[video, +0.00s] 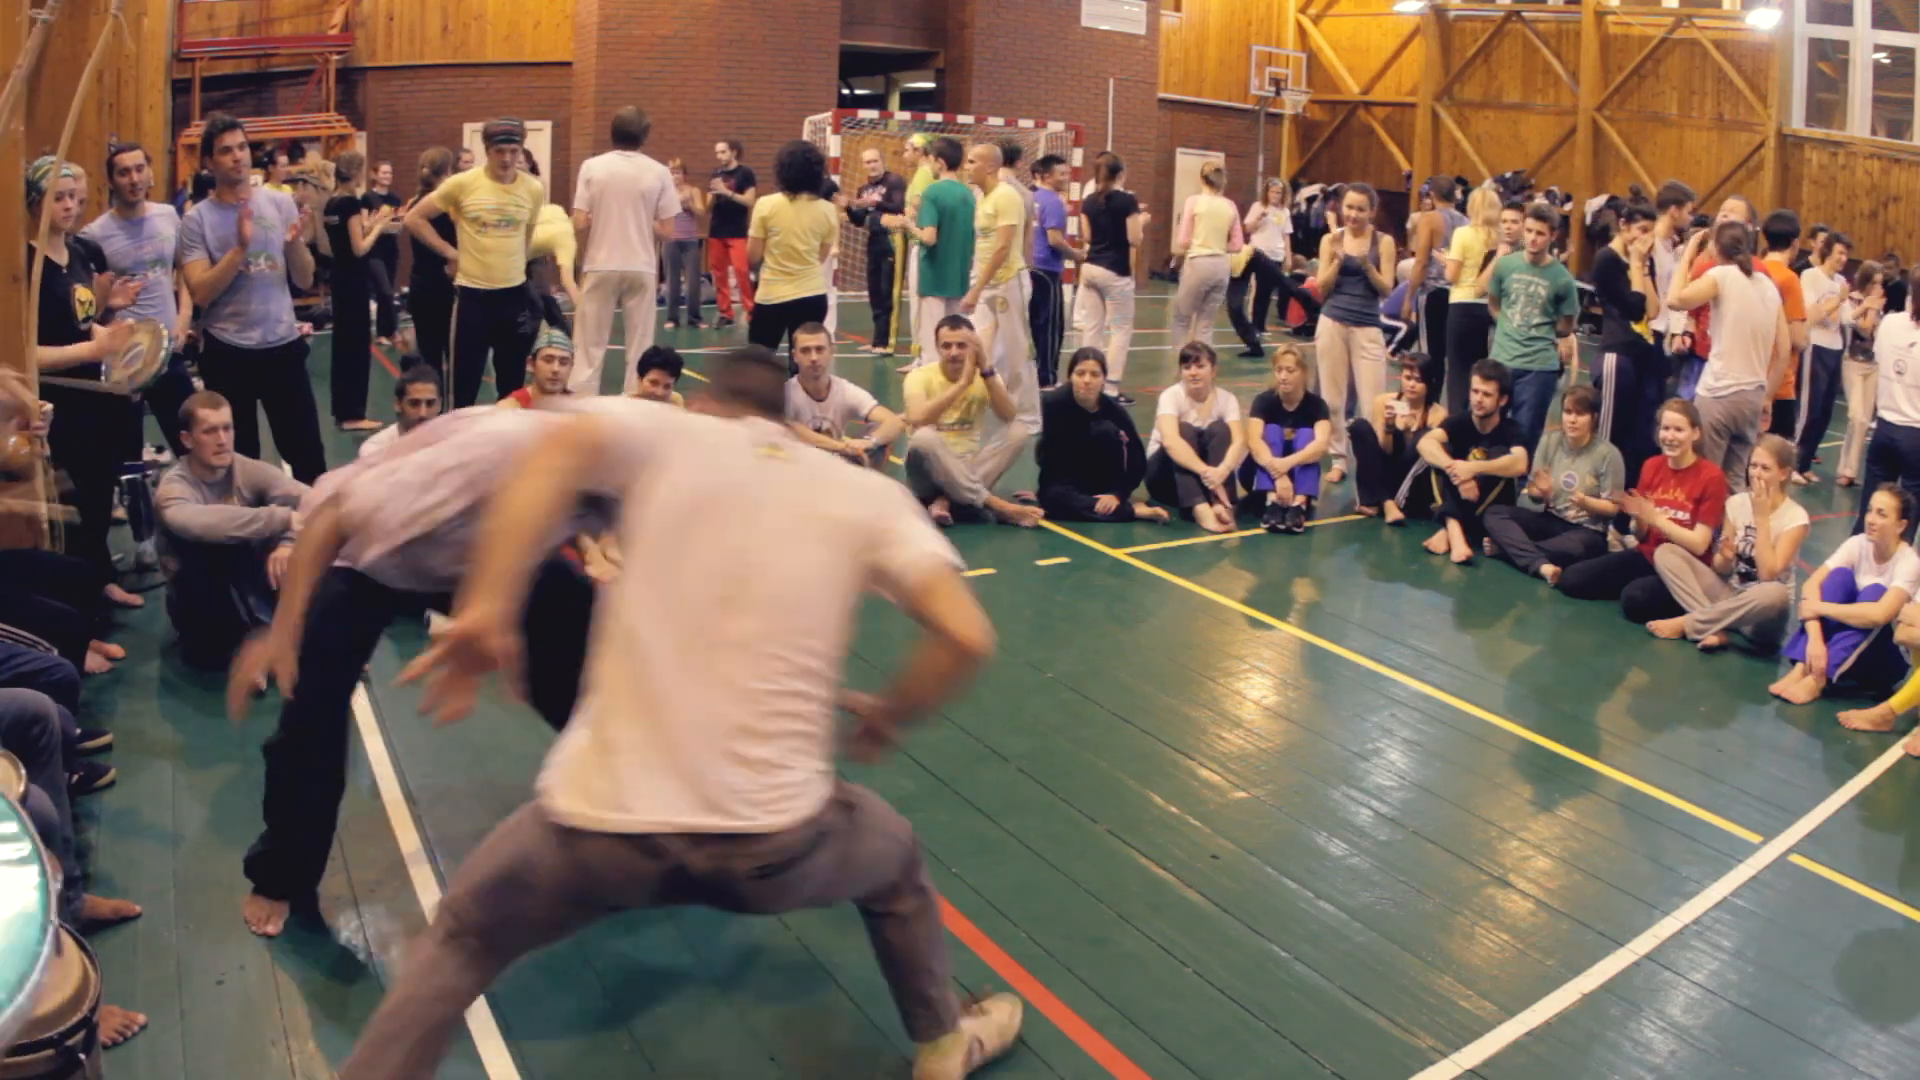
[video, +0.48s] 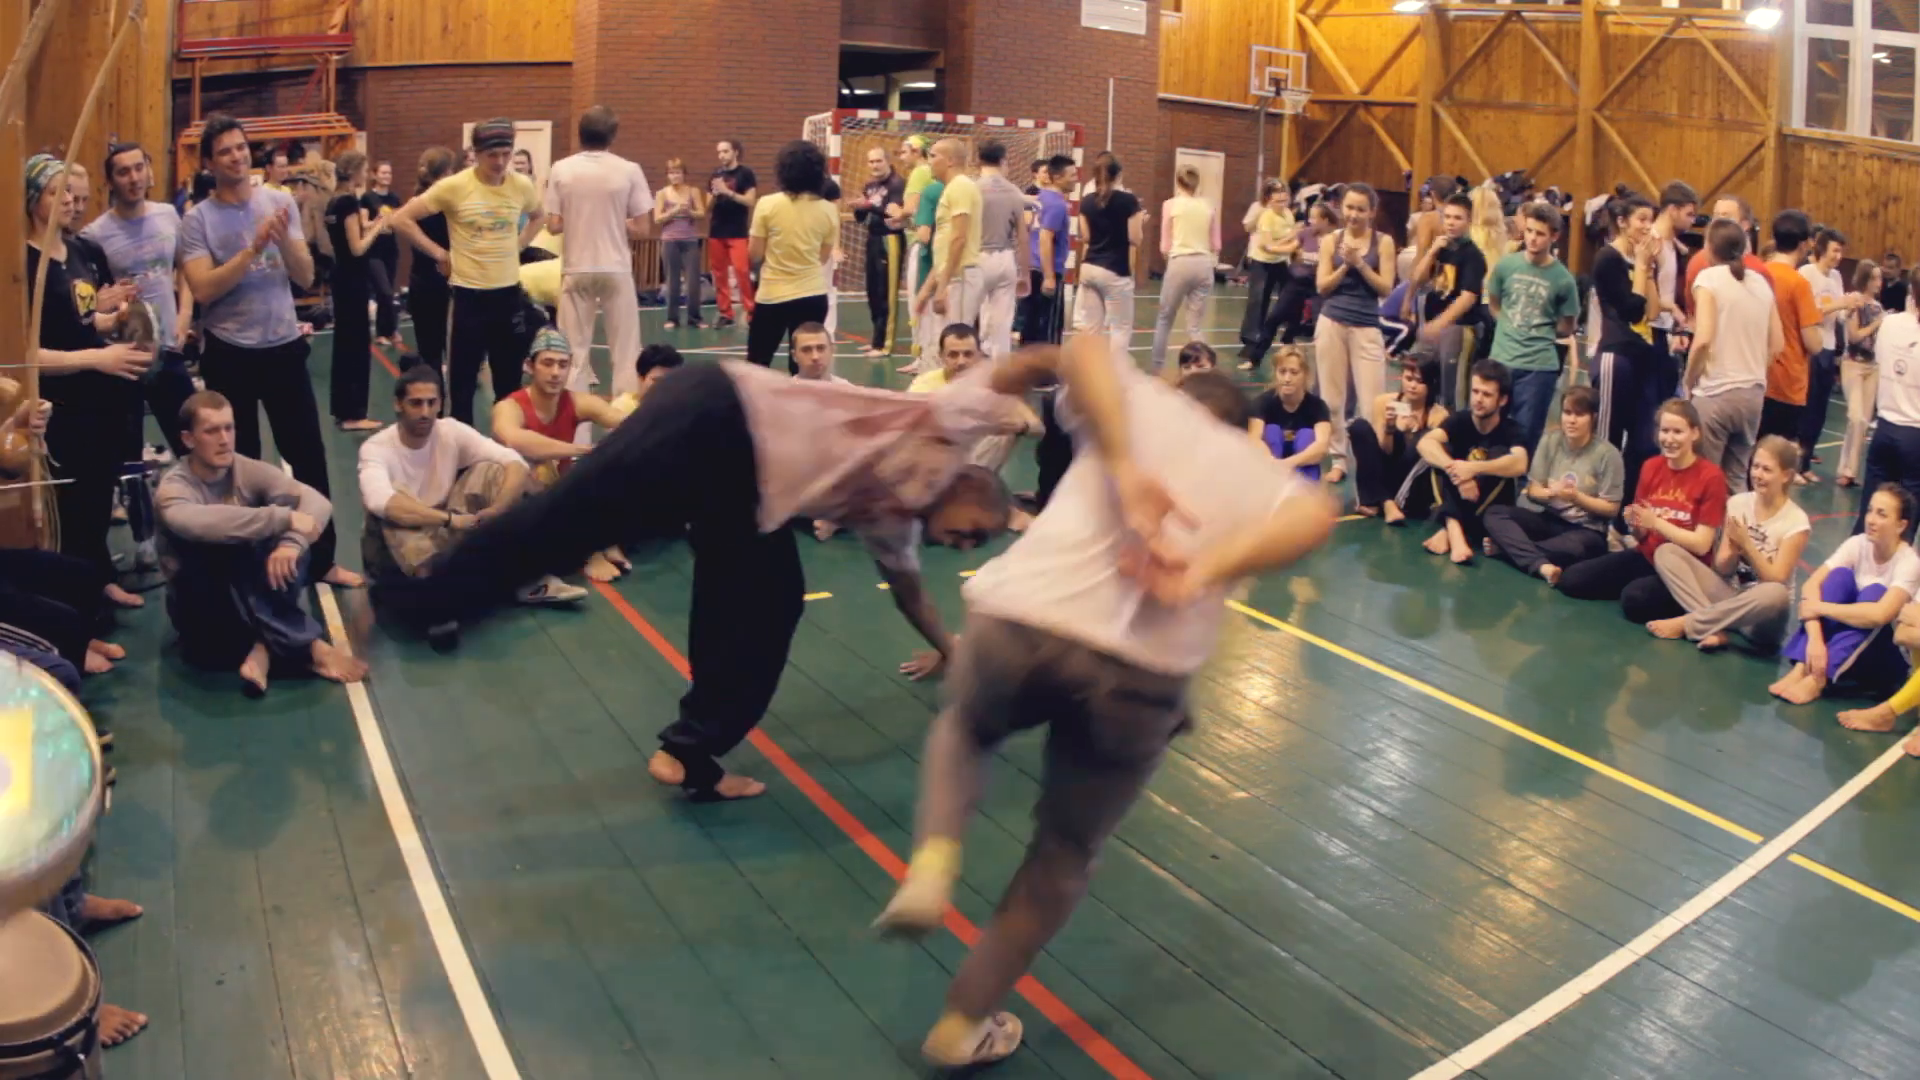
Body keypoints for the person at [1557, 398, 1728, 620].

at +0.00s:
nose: (1670, 436)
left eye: (1679, 430)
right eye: (1665, 429)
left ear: (1696, 434)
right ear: (1658, 431)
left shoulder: (1712, 477)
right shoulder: (1652, 466)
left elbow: (1699, 545)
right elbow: (1639, 533)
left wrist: (1653, 518)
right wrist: (1639, 513)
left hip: (1683, 567)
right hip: (1647, 556)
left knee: (1634, 600)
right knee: (1570, 581)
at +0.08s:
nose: (1670, 437)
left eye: (1678, 430)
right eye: (1665, 429)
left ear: (1696, 434)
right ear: (1657, 431)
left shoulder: (1711, 477)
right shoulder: (1651, 466)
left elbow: (1698, 544)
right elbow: (1638, 534)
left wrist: (1651, 520)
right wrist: (1641, 520)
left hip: (1683, 568)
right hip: (1646, 556)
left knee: (1634, 601)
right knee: (1570, 581)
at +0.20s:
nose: (1669, 437)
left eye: (1678, 430)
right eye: (1665, 429)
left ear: (1695, 434)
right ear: (1657, 432)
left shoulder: (1712, 476)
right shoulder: (1651, 466)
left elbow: (1700, 544)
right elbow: (1640, 532)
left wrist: (1661, 519)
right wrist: (1632, 513)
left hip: (1683, 567)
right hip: (1647, 556)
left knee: (1634, 601)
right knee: (1570, 581)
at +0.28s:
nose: (1669, 438)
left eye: (1678, 431)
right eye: (1664, 430)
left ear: (1696, 434)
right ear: (1657, 432)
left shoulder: (1711, 477)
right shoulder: (1651, 466)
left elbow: (1699, 544)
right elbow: (1639, 534)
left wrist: (1652, 518)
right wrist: (1640, 516)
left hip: (1684, 567)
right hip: (1647, 556)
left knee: (1634, 601)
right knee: (1570, 581)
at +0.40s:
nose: (1669, 439)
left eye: (1678, 432)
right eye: (1664, 431)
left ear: (1695, 434)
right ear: (1657, 432)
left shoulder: (1711, 476)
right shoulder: (1651, 466)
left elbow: (1700, 545)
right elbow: (1639, 535)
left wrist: (1652, 522)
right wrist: (1640, 522)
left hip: (1684, 567)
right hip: (1647, 555)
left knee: (1634, 601)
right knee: (1570, 581)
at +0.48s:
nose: (1669, 439)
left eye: (1678, 432)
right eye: (1664, 431)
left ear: (1695, 434)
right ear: (1657, 432)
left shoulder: (1711, 476)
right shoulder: (1651, 467)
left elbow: (1701, 545)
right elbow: (1640, 536)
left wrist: (1654, 523)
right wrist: (1635, 522)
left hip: (1684, 566)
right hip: (1647, 556)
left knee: (1634, 601)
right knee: (1570, 582)